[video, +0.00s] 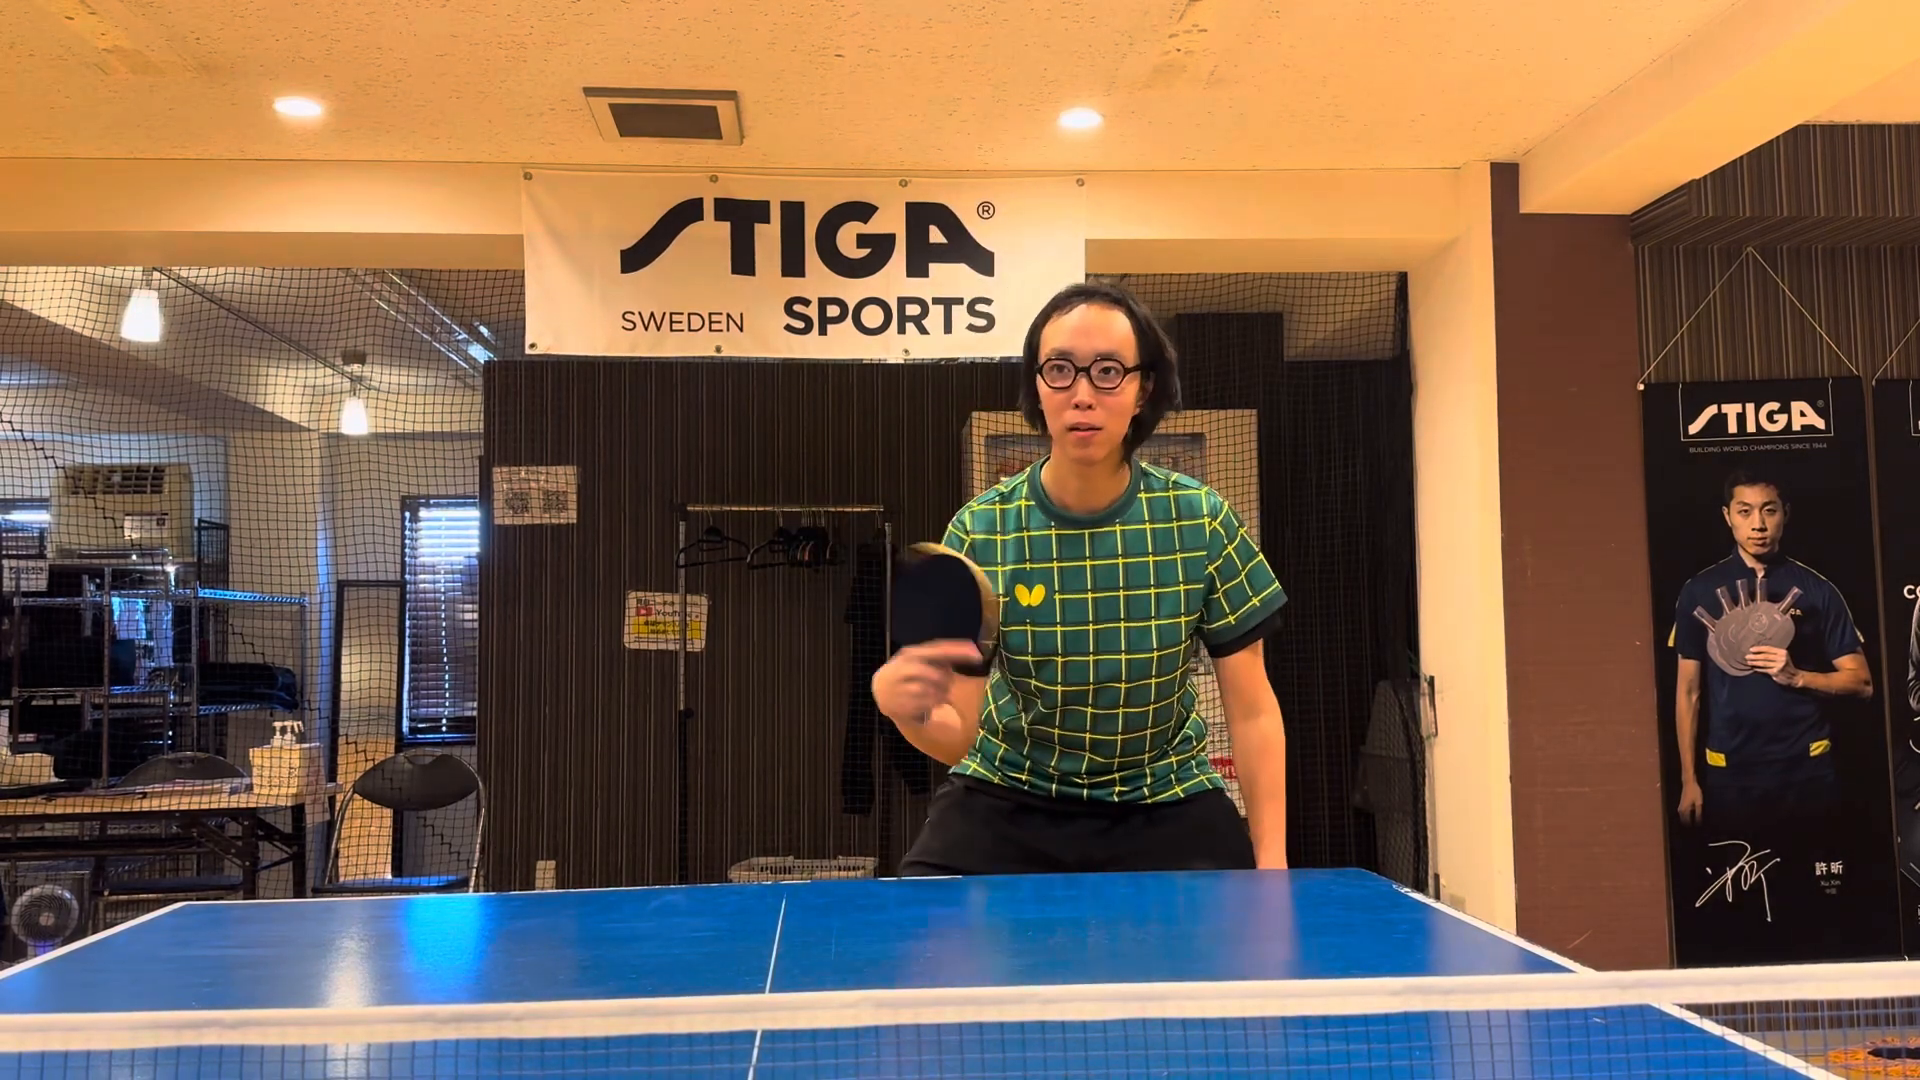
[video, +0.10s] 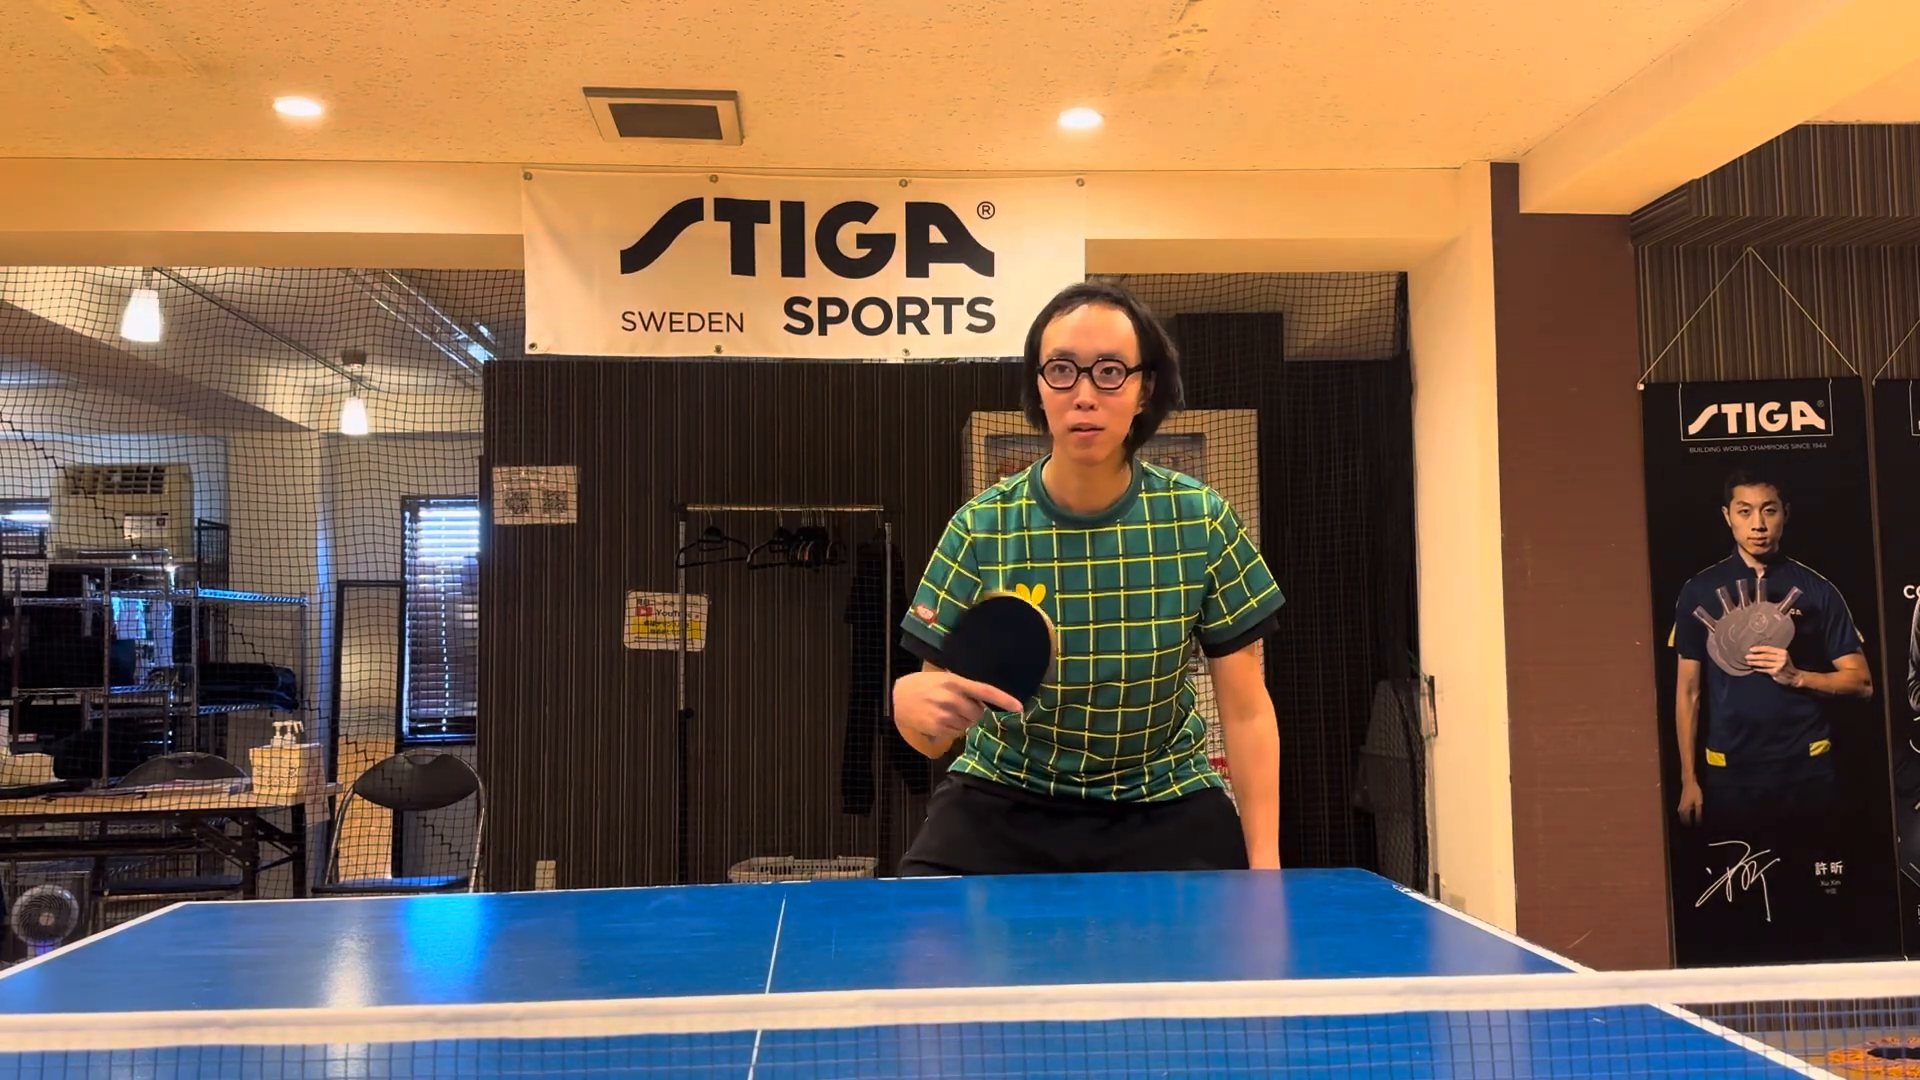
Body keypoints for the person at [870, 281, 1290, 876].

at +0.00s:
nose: (1081, 392)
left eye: (1107, 371)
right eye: (1060, 370)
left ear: (1142, 390)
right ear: (1036, 389)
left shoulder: (1199, 522)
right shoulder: (981, 530)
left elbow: (1252, 711)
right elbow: (957, 734)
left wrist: (1271, 871)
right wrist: (898, 703)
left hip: (1165, 798)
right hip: (1005, 796)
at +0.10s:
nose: (1084, 392)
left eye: (1109, 371)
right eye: (1062, 370)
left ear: (1144, 389)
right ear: (1037, 388)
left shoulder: (1200, 522)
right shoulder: (982, 527)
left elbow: (1247, 712)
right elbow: (935, 735)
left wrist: (1264, 877)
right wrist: (907, 696)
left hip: (1164, 803)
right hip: (1001, 800)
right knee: (910, 957)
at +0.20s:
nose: (1090, 391)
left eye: (1115, 370)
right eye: (1069, 369)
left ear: (1150, 389)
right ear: (1043, 386)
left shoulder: (1204, 522)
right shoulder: (985, 525)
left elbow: (1247, 711)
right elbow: (914, 705)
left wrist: (1264, 873)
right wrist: (936, 708)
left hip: (1164, 801)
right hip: (1002, 798)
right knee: (910, 958)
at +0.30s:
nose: (1098, 394)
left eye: (1123, 372)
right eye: (1077, 369)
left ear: (1156, 390)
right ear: (1051, 386)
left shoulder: (1209, 521)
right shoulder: (991, 523)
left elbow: (1250, 712)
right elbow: (907, 703)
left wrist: (1266, 873)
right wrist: (937, 704)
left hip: (1165, 800)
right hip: (1004, 797)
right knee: (915, 956)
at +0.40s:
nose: (1112, 402)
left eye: (1137, 379)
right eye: (1089, 377)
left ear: (1167, 394)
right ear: (1062, 389)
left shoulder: (1215, 521)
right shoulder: (998, 521)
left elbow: (1253, 712)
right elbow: (899, 696)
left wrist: (1267, 873)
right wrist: (939, 702)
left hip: (1169, 802)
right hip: (1011, 802)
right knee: (912, 941)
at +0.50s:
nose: (1129, 406)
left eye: (1154, 382)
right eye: (1105, 379)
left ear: (1182, 394)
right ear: (1074, 389)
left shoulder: (1223, 521)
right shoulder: (1005, 516)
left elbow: (1256, 713)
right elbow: (898, 696)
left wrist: (1269, 875)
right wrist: (968, 704)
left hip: (1174, 801)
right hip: (1012, 798)